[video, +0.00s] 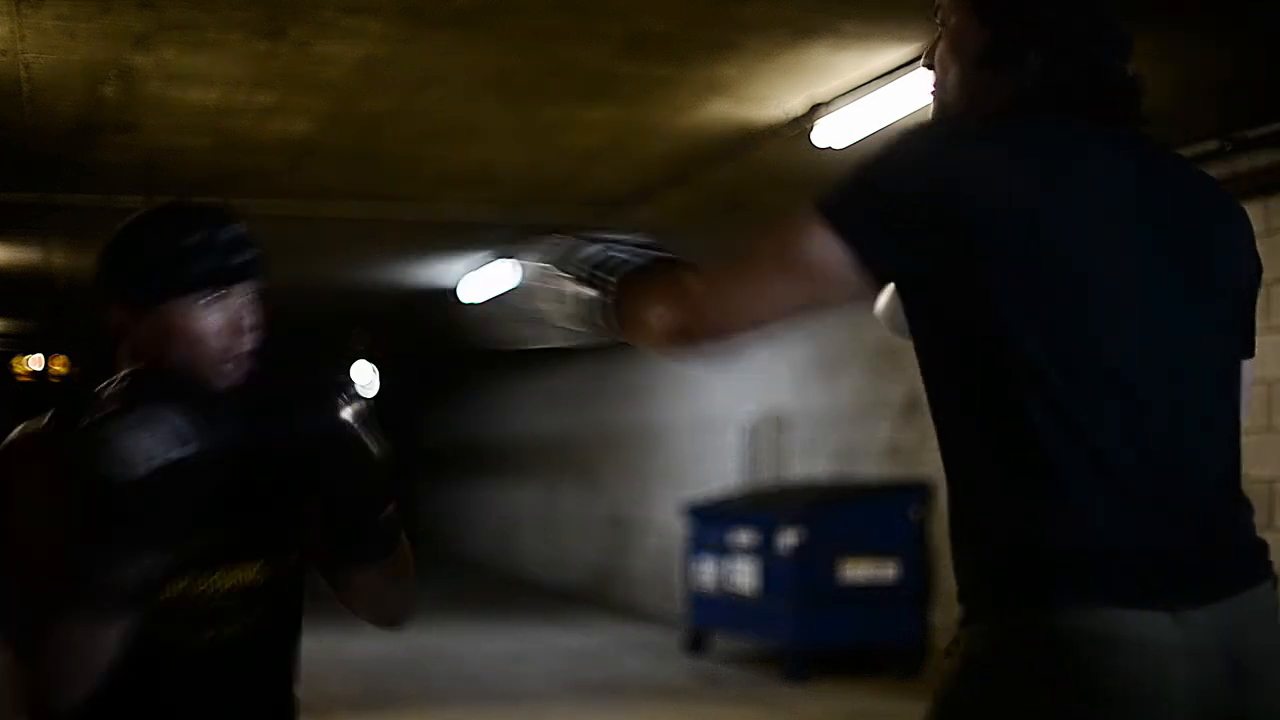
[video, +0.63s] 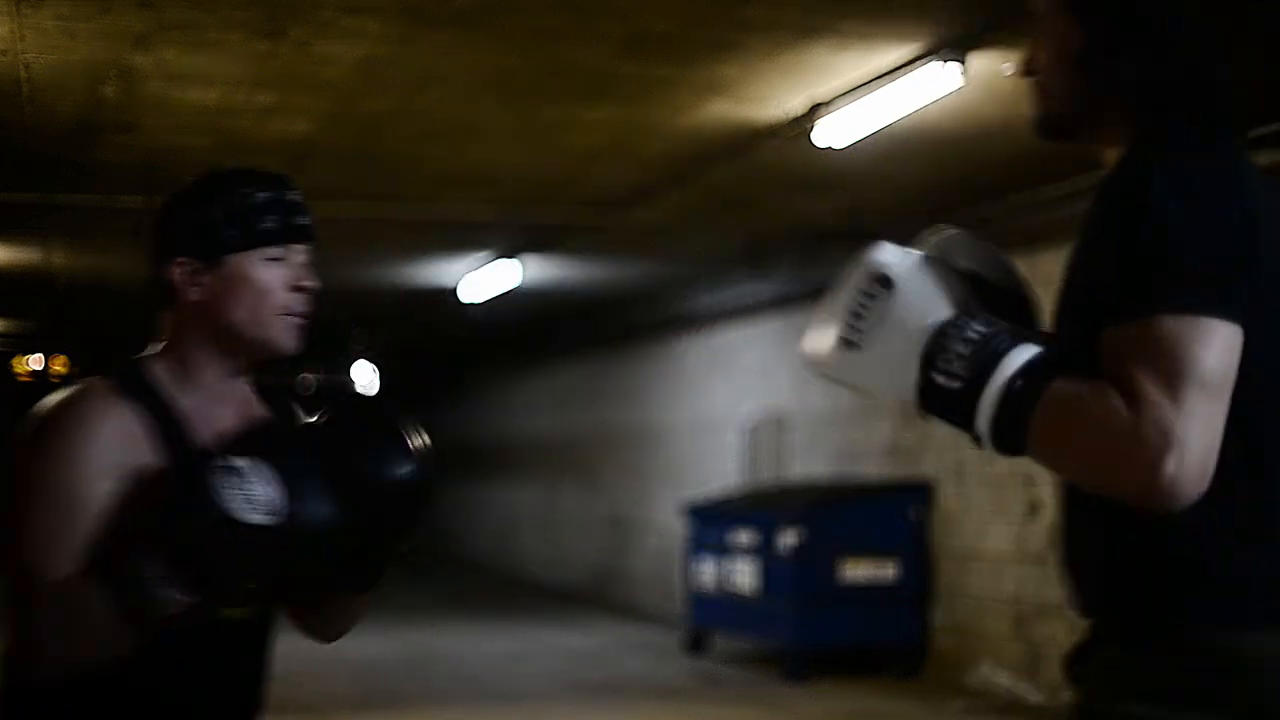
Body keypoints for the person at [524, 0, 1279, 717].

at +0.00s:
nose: (931, 59)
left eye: (943, 33)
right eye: (935, 34)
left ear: (987, 37)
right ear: (1100, 48)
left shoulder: (942, 170)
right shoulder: (1209, 204)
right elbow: (1217, 415)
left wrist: (632, 294)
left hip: (1057, 636)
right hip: (1240, 629)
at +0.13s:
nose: (920, 56)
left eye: (935, 31)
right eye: (926, 31)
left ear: (987, 40)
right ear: (1090, 47)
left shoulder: (929, 174)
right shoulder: (1198, 204)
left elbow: (710, 348)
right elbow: (1213, 434)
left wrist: (606, 303)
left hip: (1055, 636)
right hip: (1228, 627)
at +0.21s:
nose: (897, 60)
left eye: (914, 31)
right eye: (903, 33)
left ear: (973, 36)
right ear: (1055, 44)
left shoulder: (971, 177)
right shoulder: (1152, 191)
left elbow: (937, 440)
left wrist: (755, 352)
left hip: (1058, 646)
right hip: (1195, 622)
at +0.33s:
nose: (904, 71)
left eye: (920, 43)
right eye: (908, 45)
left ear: (986, 46)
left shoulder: (1090, 171)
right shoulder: (1021, 193)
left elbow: (1113, 434)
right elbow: (900, 422)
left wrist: (878, 337)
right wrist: (813, 344)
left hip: (1129, 656)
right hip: (1045, 644)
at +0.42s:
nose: (932, 64)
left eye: (952, 35)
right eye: (937, 40)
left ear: (1022, 38)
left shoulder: (1125, 175)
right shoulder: (1062, 192)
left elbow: (1142, 444)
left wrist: (900, 331)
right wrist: (849, 372)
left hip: (1135, 661)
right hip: (1068, 651)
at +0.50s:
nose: (963, 69)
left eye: (977, 35)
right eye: (965, 43)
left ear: (1056, 33)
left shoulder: (1151, 181)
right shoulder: (1102, 185)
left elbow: (1154, 453)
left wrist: (915, 336)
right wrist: (913, 337)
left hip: (1160, 663)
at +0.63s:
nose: (1026, 65)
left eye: (1047, 33)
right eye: (1035, 36)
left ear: (1116, 39)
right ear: (1123, 43)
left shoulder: (1189, 186)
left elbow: (1164, 450)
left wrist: (954, 361)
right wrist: (1021, 338)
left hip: (1202, 659)